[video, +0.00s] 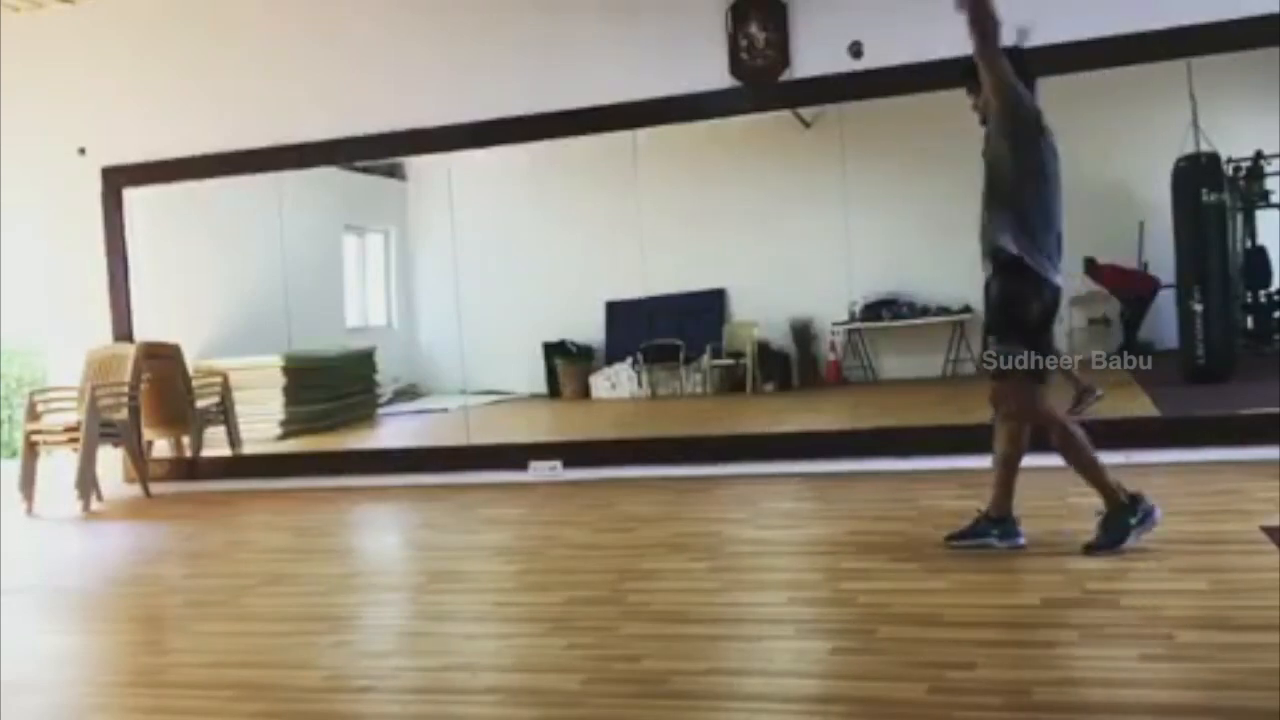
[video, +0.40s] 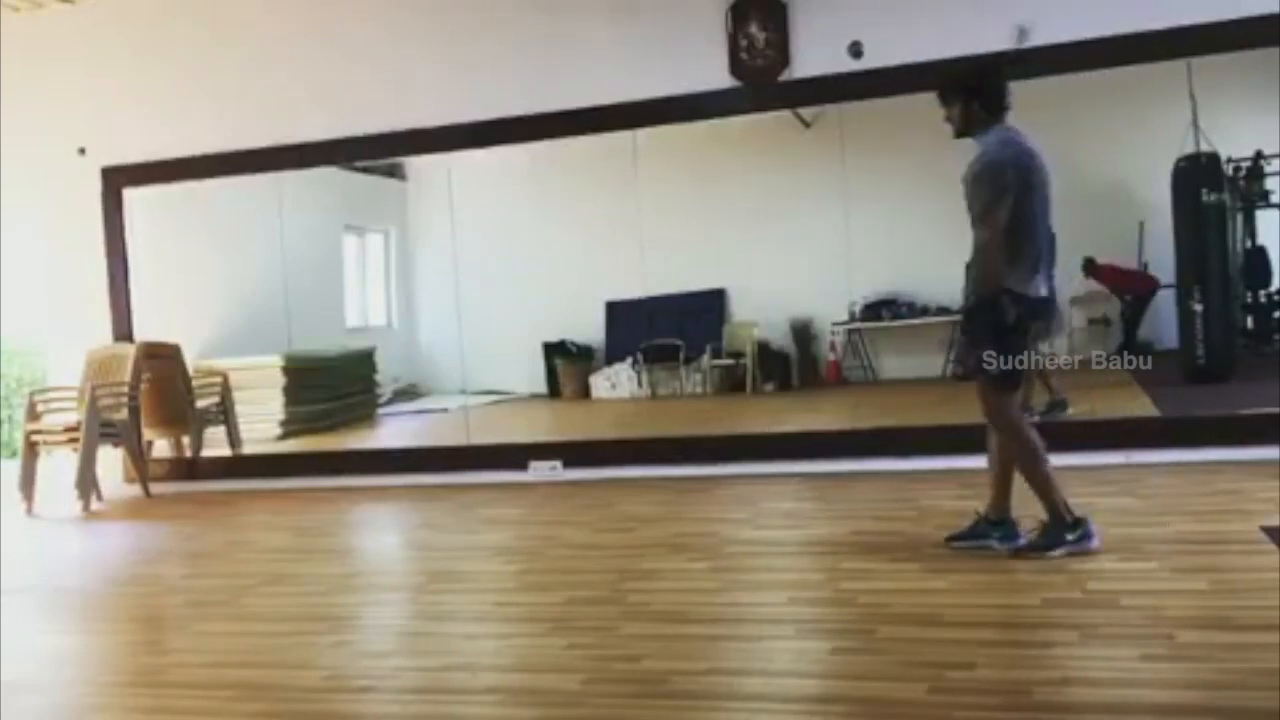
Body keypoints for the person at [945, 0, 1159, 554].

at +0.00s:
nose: (973, 107)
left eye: (976, 94)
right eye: (970, 98)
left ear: (1000, 86)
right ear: (1000, 87)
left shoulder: (1020, 122)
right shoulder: (1011, 130)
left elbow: (986, 36)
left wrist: (967, 0)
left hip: (1024, 277)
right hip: (1018, 277)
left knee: (1020, 399)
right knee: (1015, 400)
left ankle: (1121, 503)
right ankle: (999, 515)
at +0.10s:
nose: (955, 117)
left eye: (957, 106)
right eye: (947, 110)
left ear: (985, 99)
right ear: (1018, 99)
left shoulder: (1012, 128)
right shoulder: (1023, 140)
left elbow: (948, 99)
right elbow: (945, 113)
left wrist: (916, 57)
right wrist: (892, 77)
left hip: (1011, 282)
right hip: (1023, 284)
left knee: (988, 402)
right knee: (1011, 404)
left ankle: (1086, 492)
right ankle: (999, 516)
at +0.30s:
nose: (958, 113)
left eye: (962, 102)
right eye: (957, 102)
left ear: (986, 101)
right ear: (1000, 100)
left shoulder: (998, 158)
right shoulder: (1021, 150)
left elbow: (949, 234)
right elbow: (982, 244)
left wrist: (901, 285)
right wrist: (945, 297)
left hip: (1007, 294)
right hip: (1023, 293)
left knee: (990, 403)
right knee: (997, 403)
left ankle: (1057, 514)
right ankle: (998, 517)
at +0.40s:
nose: (945, 115)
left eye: (949, 104)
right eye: (944, 105)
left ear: (973, 103)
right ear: (988, 102)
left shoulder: (995, 158)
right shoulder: (1014, 150)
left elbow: (991, 246)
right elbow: (1018, 242)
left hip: (1007, 301)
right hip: (1023, 297)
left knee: (1001, 407)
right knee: (1002, 407)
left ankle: (1065, 520)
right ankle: (998, 516)